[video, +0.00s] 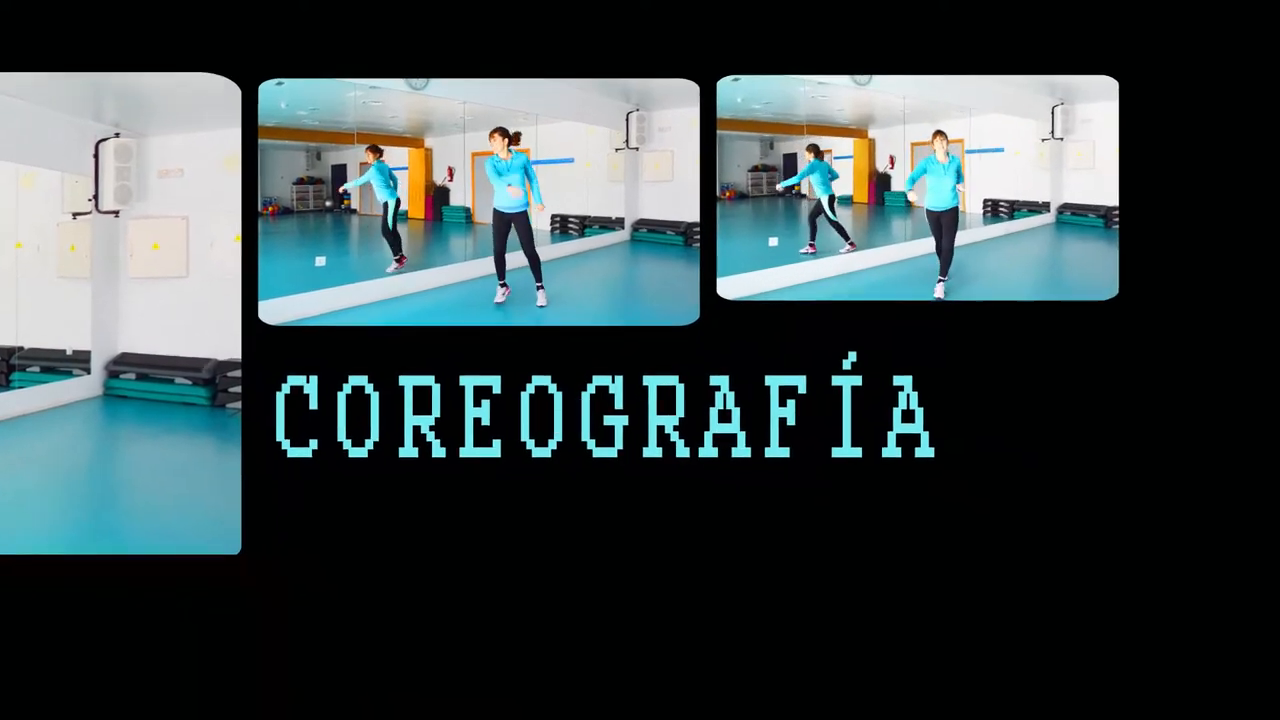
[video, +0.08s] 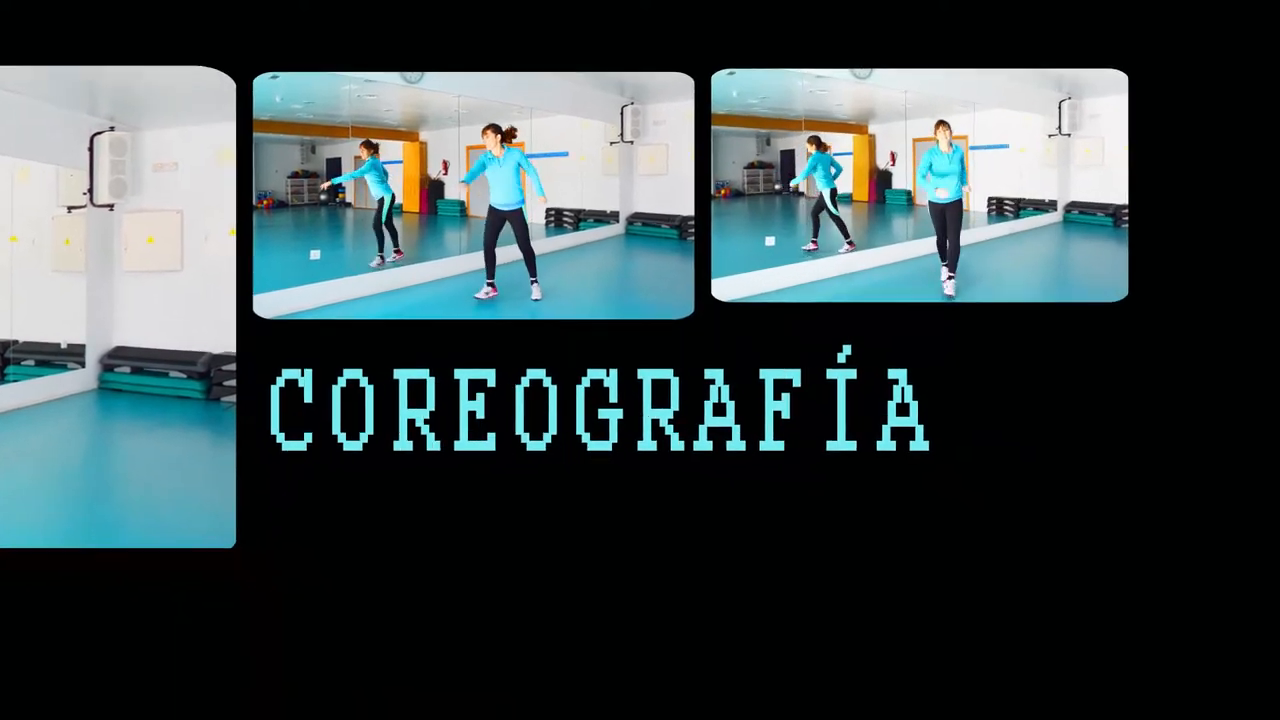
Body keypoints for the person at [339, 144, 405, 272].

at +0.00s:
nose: (367, 157)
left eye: (369, 154)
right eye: (367, 155)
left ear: (375, 155)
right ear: (378, 155)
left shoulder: (374, 169)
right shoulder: (384, 166)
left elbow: (359, 181)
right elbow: (395, 179)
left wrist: (344, 186)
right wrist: (393, 193)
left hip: (389, 200)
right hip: (392, 199)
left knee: (386, 230)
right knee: (392, 229)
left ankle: (398, 259)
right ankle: (400, 256)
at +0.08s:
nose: (361, 153)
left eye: (362, 151)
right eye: (361, 151)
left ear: (370, 151)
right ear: (370, 151)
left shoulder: (370, 163)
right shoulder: (376, 162)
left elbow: (353, 175)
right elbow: (386, 173)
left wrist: (331, 182)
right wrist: (381, 185)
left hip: (385, 197)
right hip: (386, 196)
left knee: (377, 225)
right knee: (388, 224)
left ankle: (380, 256)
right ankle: (397, 251)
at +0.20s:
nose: (354, 146)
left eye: (355, 143)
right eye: (353, 144)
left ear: (361, 143)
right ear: (361, 144)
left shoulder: (366, 154)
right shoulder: (363, 155)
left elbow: (357, 165)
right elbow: (362, 168)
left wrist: (347, 170)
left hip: (377, 190)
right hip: (374, 190)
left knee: (365, 217)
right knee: (381, 216)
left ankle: (361, 249)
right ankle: (392, 240)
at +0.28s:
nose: (350, 136)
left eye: (352, 133)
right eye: (350, 133)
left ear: (358, 134)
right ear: (354, 134)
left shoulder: (363, 146)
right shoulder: (357, 147)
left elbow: (370, 159)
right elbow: (360, 163)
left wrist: (372, 168)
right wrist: (352, 163)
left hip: (371, 181)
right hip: (366, 182)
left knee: (359, 209)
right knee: (370, 209)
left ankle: (358, 241)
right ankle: (387, 229)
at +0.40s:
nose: (350, 120)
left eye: (353, 117)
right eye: (349, 117)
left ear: (359, 119)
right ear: (348, 119)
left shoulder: (364, 132)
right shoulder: (353, 134)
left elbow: (381, 141)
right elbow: (350, 148)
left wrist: (399, 151)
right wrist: (337, 147)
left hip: (370, 169)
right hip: (358, 170)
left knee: (360, 198)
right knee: (352, 199)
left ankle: (360, 228)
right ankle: (370, 214)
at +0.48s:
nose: (353, 110)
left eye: (355, 108)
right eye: (352, 108)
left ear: (362, 109)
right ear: (350, 110)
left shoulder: (369, 124)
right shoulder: (349, 126)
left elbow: (385, 133)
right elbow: (345, 140)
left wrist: (401, 143)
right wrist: (333, 142)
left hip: (370, 161)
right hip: (356, 162)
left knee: (364, 190)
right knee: (352, 192)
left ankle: (364, 219)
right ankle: (358, 214)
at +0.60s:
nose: (365, 96)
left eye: (367, 93)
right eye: (363, 93)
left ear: (370, 96)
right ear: (359, 96)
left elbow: (384, 124)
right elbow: (339, 128)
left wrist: (391, 136)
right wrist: (344, 132)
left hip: (373, 147)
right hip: (358, 148)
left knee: (369, 180)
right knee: (360, 180)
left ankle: (369, 209)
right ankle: (351, 211)